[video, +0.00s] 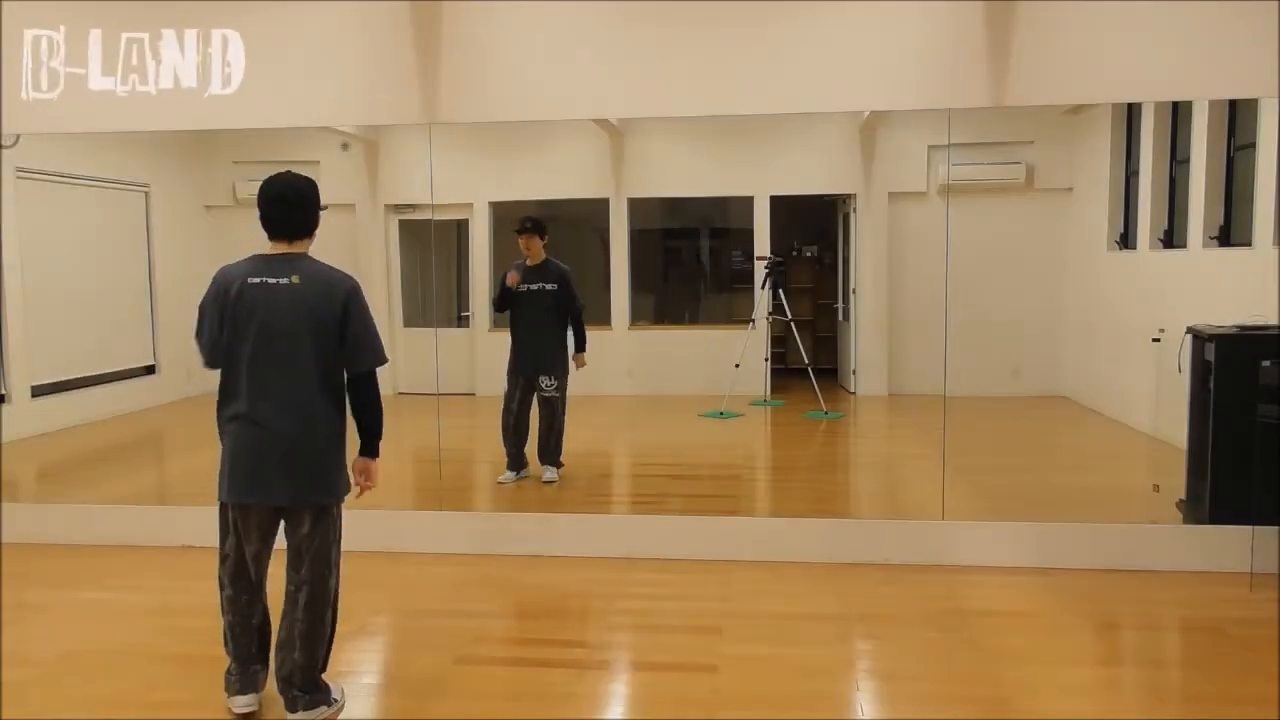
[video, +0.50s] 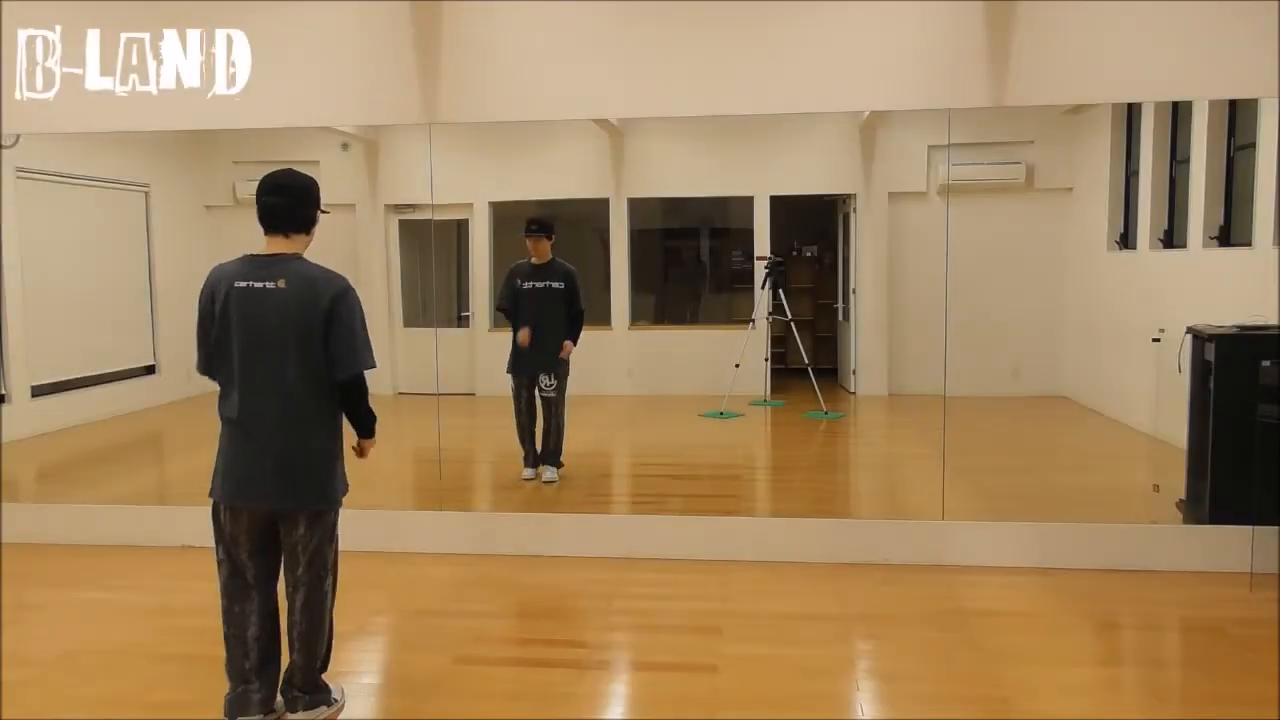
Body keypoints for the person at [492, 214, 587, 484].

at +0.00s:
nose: (525, 244)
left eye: (530, 239)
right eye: (522, 239)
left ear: (543, 240)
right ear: (518, 242)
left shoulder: (560, 273)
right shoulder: (513, 273)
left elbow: (575, 312)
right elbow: (500, 308)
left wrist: (579, 349)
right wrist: (507, 287)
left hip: (552, 354)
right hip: (521, 353)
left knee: (551, 410)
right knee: (513, 410)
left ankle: (550, 463)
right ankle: (516, 464)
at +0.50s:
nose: (532, 245)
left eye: (537, 240)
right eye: (529, 240)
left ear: (549, 240)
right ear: (525, 242)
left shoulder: (566, 273)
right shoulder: (517, 272)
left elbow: (576, 312)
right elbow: (505, 305)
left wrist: (571, 339)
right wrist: (519, 326)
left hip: (554, 353)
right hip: (523, 352)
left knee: (553, 410)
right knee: (524, 411)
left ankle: (550, 463)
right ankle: (529, 461)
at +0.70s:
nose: (528, 244)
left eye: (533, 239)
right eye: (524, 239)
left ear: (544, 240)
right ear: (520, 241)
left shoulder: (560, 272)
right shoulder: (513, 274)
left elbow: (571, 312)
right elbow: (502, 312)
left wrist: (566, 347)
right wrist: (489, 344)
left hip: (551, 353)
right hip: (521, 353)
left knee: (552, 411)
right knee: (525, 412)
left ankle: (550, 463)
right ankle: (531, 462)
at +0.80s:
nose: (526, 246)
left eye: (531, 240)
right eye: (522, 241)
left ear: (542, 241)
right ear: (516, 242)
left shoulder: (558, 270)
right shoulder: (508, 275)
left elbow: (578, 300)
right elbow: (486, 304)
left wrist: (571, 332)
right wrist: (462, 330)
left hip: (550, 351)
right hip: (519, 352)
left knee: (548, 406)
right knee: (524, 410)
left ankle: (550, 460)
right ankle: (531, 461)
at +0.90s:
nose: (524, 247)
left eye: (529, 242)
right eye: (519, 242)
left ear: (540, 242)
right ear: (514, 243)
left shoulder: (556, 269)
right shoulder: (507, 273)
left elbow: (575, 292)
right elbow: (487, 294)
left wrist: (572, 298)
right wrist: (471, 304)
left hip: (548, 343)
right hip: (519, 346)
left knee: (541, 386)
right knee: (521, 403)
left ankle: (546, 426)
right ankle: (530, 462)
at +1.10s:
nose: (522, 249)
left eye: (527, 244)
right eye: (518, 244)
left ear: (537, 243)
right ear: (513, 245)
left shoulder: (555, 269)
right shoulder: (505, 271)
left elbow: (586, 270)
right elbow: (470, 279)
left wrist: (556, 268)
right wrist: (490, 278)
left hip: (547, 338)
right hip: (516, 342)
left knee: (538, 375)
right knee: (522, 401)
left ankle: (539, 418)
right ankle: (530, 461)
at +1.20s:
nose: (523, 251)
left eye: (528, 245)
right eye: (518, 245)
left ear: (537, 242)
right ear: (512, 245)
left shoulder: (553, 265)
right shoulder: (503, 267)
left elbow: (576, 253)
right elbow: (483, 265)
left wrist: (568, 236)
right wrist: (469, 256)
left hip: (543, 343)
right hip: (515, 345)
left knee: (540, 400)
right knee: (523, 404)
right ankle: (530, 458)